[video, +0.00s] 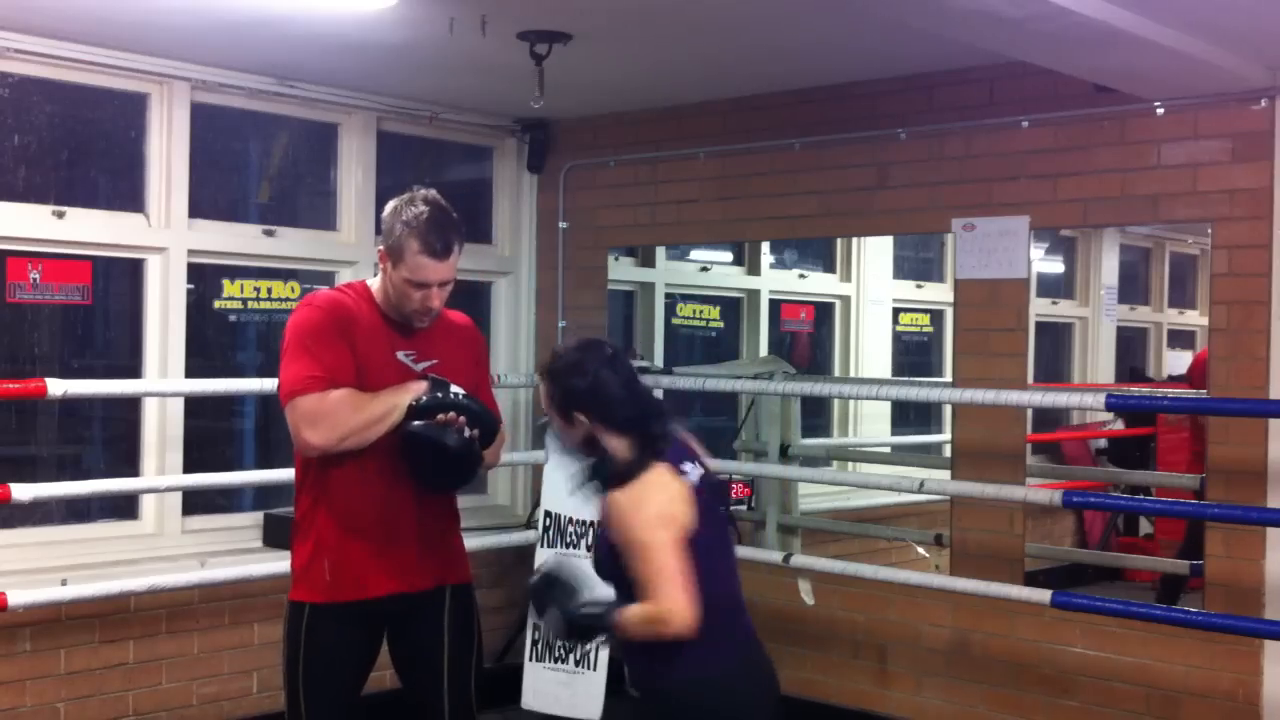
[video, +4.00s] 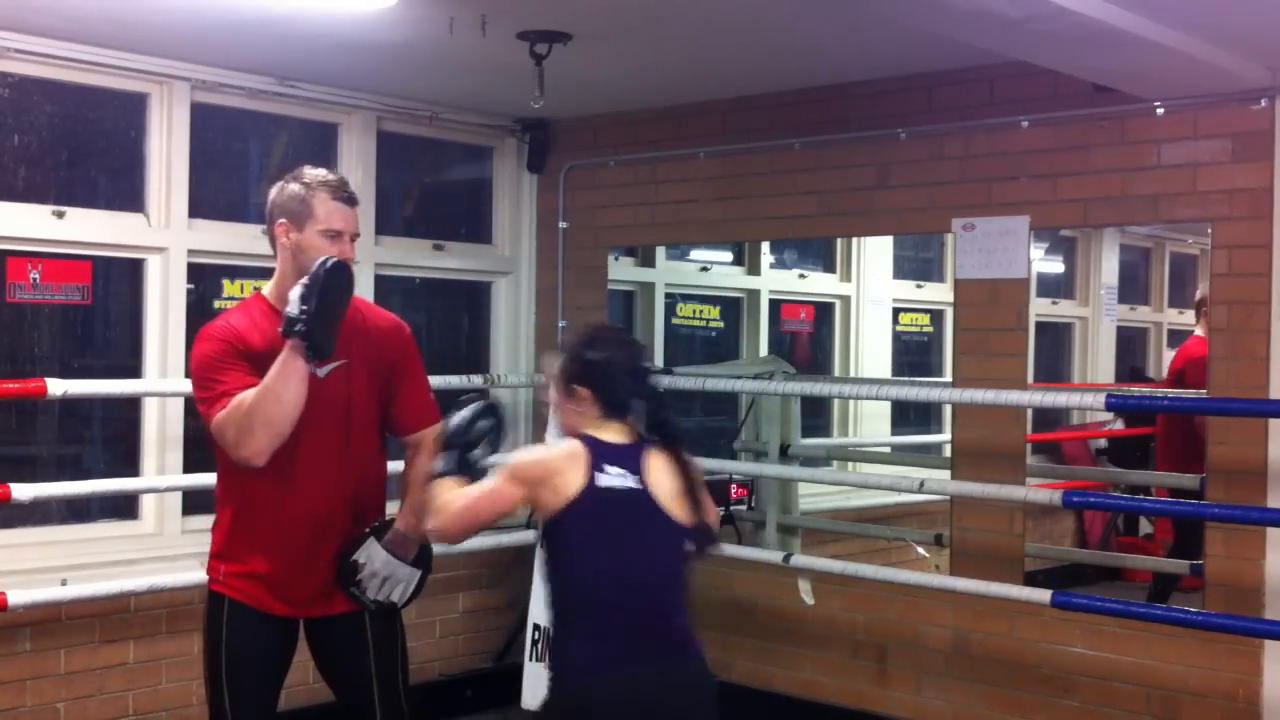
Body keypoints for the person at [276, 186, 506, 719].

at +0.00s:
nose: (436, 300)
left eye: (446, 285)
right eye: (421, 285)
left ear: (455, 267)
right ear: (384, 263)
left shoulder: (462, 334)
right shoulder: (323, 315)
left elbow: (495, 442)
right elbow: (315, 429)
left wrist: (464, 441)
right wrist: (420, 390)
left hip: (437, 578)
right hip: (336, 582)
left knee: (452, 709)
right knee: (319, 713)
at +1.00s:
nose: (364, 257)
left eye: (370, 243)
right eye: (348, 240)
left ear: (378, 243)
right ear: (300, 237)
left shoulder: (383, 329)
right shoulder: (239, 326)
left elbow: (454, 417)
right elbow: (245, 434)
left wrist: (455, 337)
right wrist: (308, 337)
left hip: (359, 577)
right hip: (257, 579)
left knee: (396, 710)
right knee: (242, 712)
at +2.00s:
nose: (320, 262)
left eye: (329, 246)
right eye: (307, 245)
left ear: (336, 242)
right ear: (260, 238)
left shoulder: (343, 330)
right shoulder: (203, 331)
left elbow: (403, 407)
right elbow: (229, 424)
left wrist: (408, 329)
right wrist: (272, 319)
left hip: (348, 582)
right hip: (246, 591)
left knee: (378, 710)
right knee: (241, 714)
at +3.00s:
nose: (460, 278)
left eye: (467, 263)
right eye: (446, 259)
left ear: (471, 262)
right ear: (400, 250)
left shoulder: (467, 363)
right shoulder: (308, 316)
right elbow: (240, 425)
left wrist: (542, 483)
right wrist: (324, 356)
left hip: (380, 582)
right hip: (276, 569)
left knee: (399, 710)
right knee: (247, 712)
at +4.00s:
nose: (347, 253)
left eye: (353, 238)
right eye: (332, 235)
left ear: (358, 241)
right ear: (284, 234)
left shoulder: (384, 334)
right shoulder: (225, 338)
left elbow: (426, 440)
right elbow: (249, 443)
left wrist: (408, 533)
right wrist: (303, 335)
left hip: (355, 581)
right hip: (252, 581)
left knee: (383, 709)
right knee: (238, 712)